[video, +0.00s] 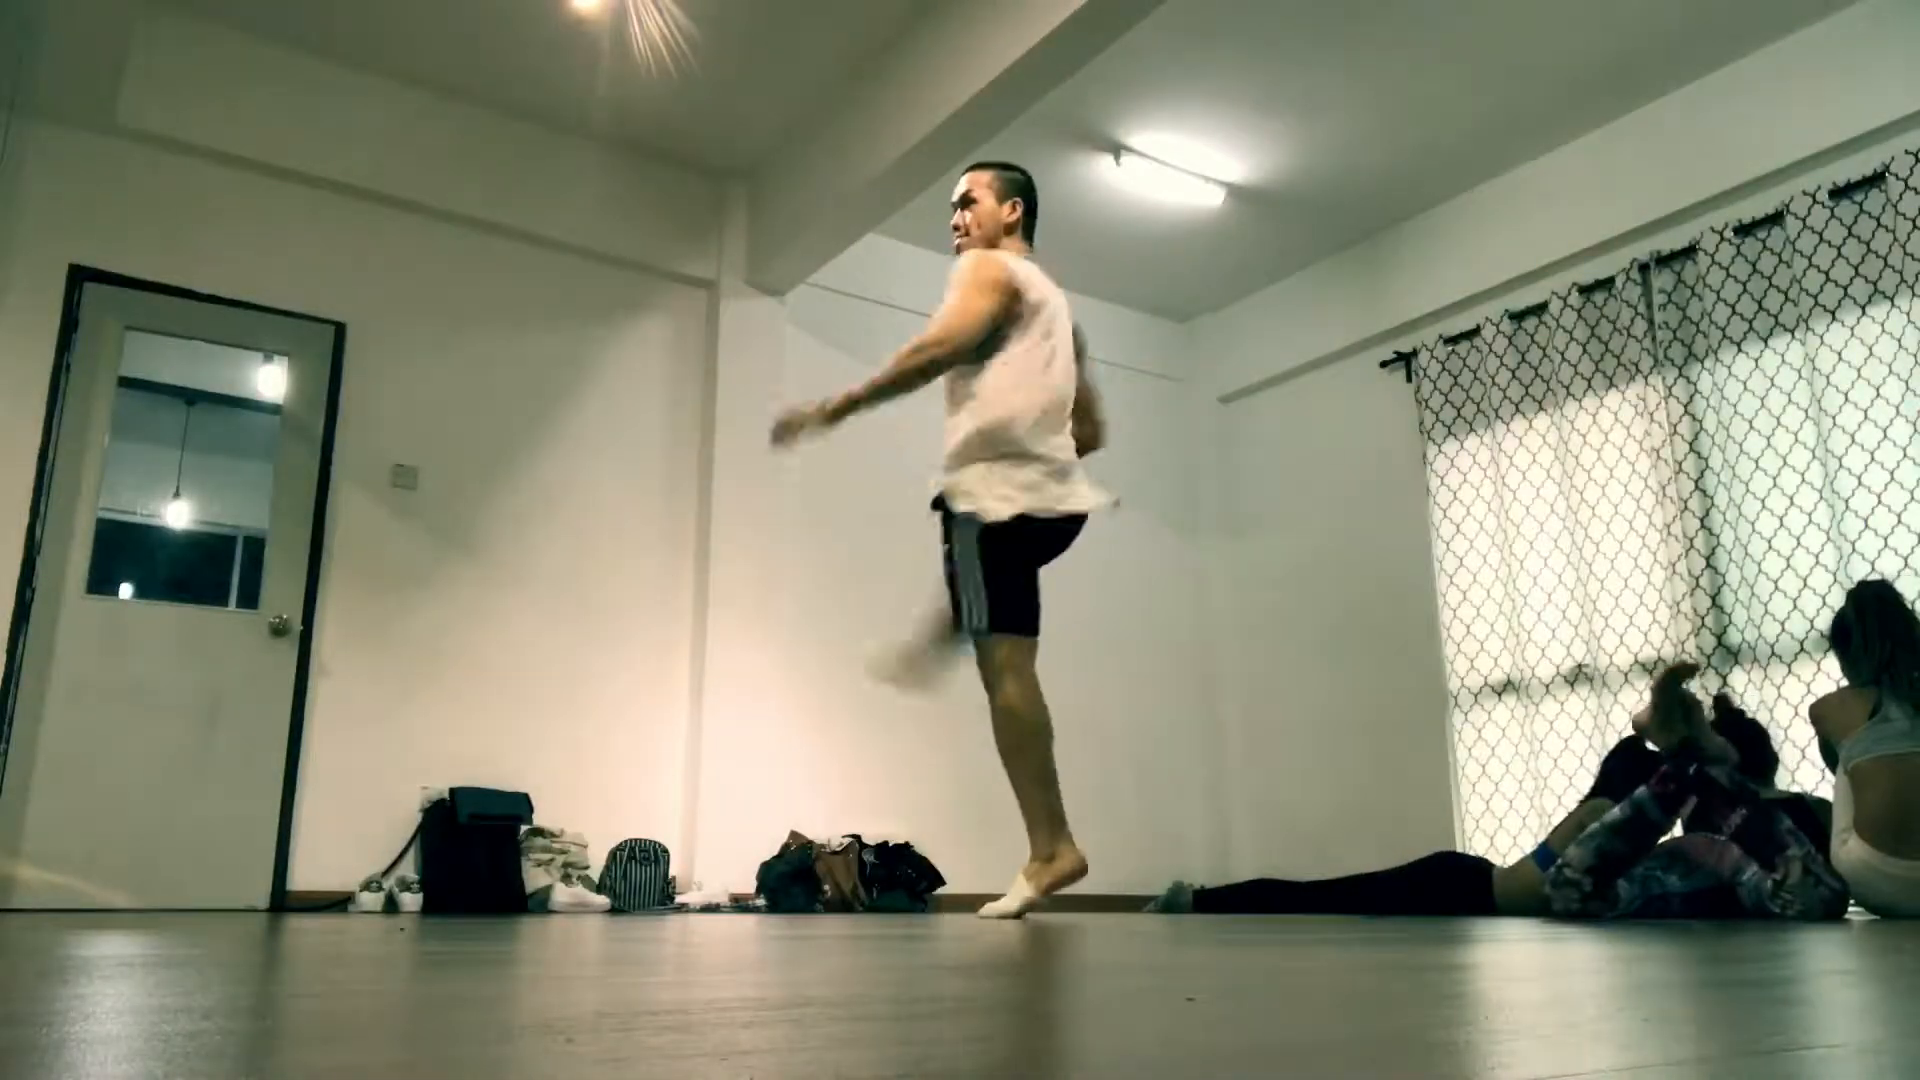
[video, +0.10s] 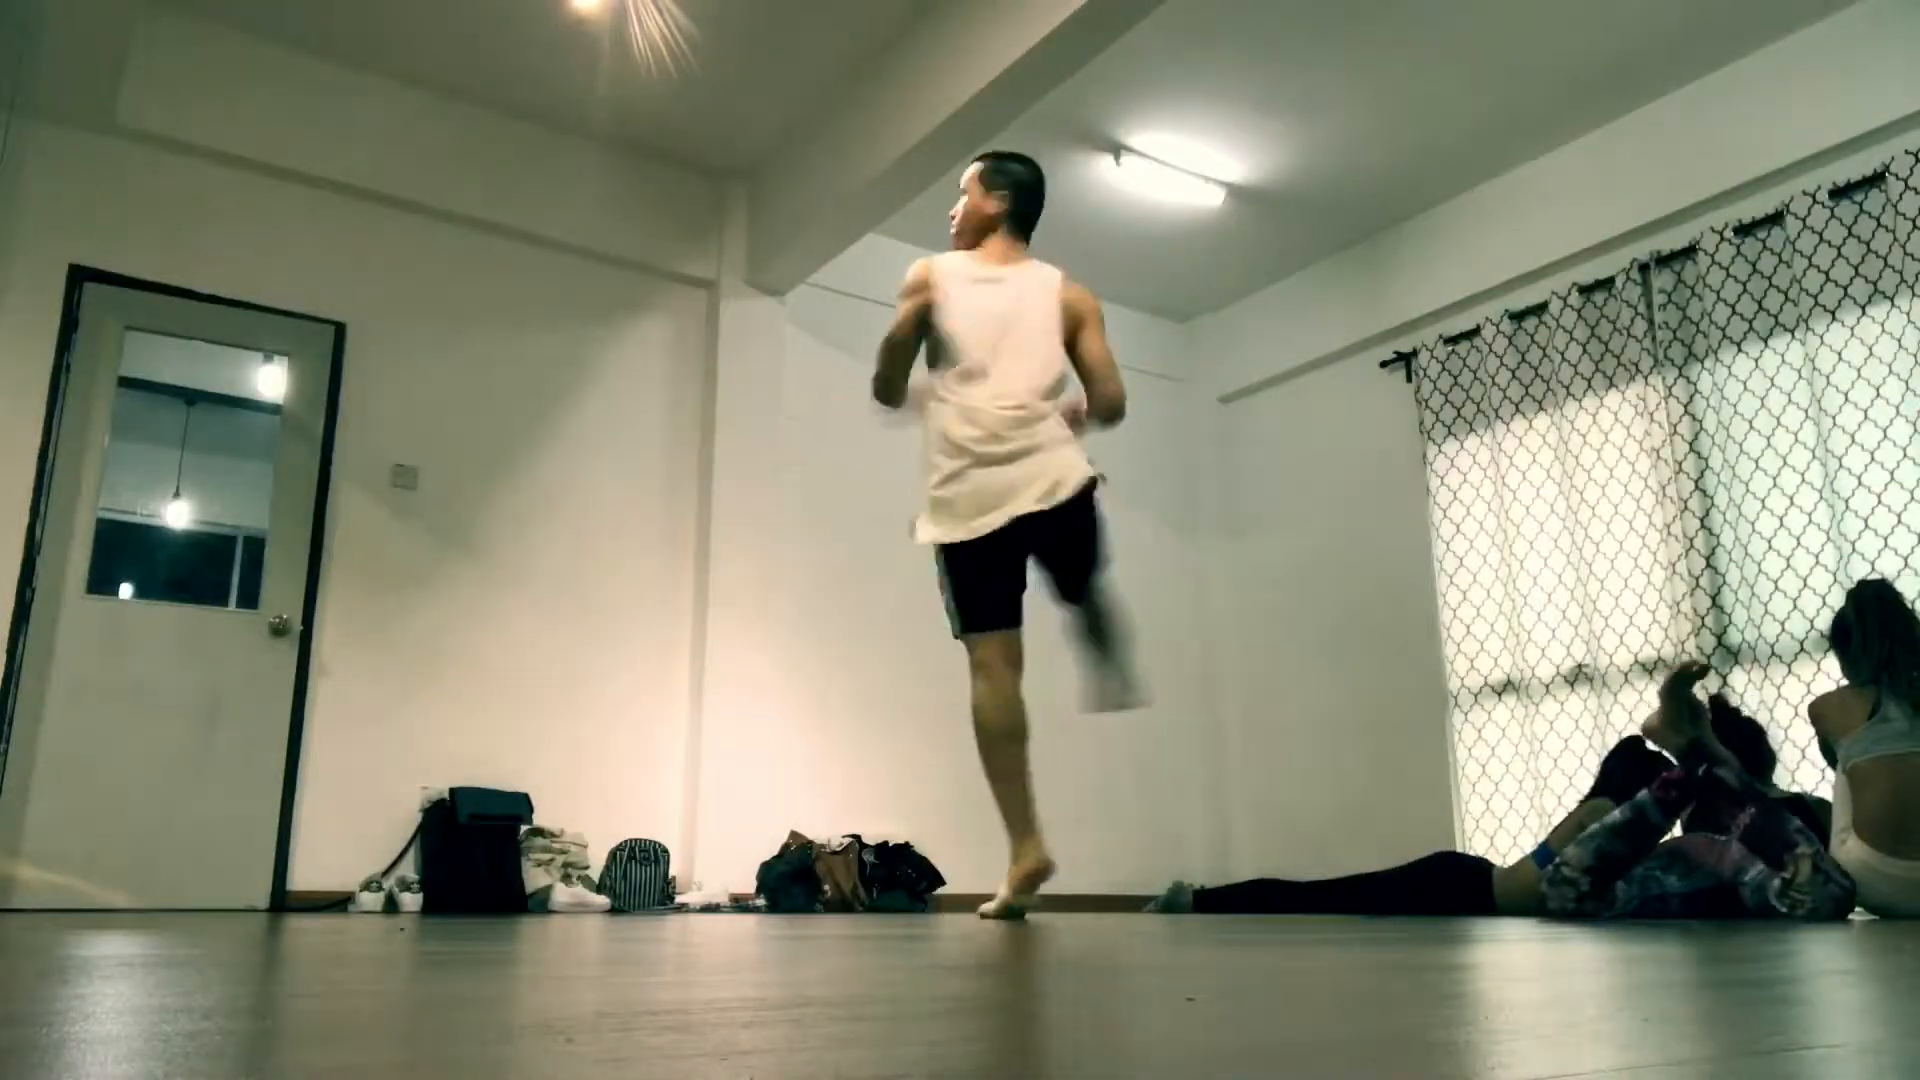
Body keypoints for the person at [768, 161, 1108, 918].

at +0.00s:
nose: (955, 217)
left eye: (969, 202)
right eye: (955, 206)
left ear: (1015, 212)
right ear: (1015, 220)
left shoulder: (988, 267)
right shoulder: (1052, 302)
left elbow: (940, 348)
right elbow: (1088, 430)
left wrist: (830, 410)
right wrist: (1001, 454)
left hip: (995, 503)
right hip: (1055, 504)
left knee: (1009, 675)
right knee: (979, 556)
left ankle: (1051, 850)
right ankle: (923, 657)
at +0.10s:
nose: (953, 206)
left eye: (965, 193)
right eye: (960, 191)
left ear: (996, 205)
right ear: (1023, 213)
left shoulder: (931, 276)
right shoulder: (1068, 293)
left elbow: (887, 388)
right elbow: (1109, 399)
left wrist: (908, 328)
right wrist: (1078, 412)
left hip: (968, 500)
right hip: (1055, 485)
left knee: (993, 670)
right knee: (1082, 590)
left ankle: (1026, 847)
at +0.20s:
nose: (1036, 200)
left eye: (1031, 187)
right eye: (1029, 189)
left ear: (963, 207)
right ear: (1014, 199)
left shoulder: (935, 285)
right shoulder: (1021, 265)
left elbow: (974, 367)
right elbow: (1073, 356)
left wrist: (1057, 352)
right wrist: (1112, 331)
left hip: (960, 493)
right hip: (1033, 463)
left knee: (989, 663)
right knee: (1157, 552)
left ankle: (991, 835)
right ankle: (1261, 647)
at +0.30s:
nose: (981, 208)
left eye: (991, 193)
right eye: (965, 202)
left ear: (1022, 204)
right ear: (957, 224)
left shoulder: (1046, 303)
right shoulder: (961, 283)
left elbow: (1071, 392)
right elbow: (985, 344)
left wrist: (1118, 372)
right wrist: (1115, 342)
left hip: (1018, 466)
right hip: (982, 459)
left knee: (1022, 662)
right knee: (1147, 510)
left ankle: (992, 850)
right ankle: (1325, 590)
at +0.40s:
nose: (971, 265)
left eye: (982, 248)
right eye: (964, 257)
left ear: (1028, 253)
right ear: (965, 272)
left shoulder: (1086, 336)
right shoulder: (965, 333)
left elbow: (1169, 385)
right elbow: (940, 375)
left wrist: (1237, 427)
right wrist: (923, 373)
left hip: (1052, 512)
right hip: (976, 503)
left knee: (1053, 697)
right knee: (1072, 500)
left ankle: (1019, 875)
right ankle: (1181, 500)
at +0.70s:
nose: (989, 201)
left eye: (1001, 185)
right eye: (985, 192)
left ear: (1048, 188)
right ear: (999, 209)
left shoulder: (1088, 236)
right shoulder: (1020, 300)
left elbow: (1175, 232)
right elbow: (1018, 401)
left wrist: (1235, 191)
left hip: (1103, 469)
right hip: (1034, 462)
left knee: (1077, 654)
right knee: (907, 508)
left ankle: (1085, 850)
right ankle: (741, 554)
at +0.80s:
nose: (990, 196)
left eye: (1004, 181)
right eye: (988, 186)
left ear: (1050, 186)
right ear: (1028, 196)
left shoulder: (1060, 234)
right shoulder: (1052, 255)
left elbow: (1078, 271)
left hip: (1078, 466)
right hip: (1063, 467)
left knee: (1083, 661)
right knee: (984, 538)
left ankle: (1103, 847)